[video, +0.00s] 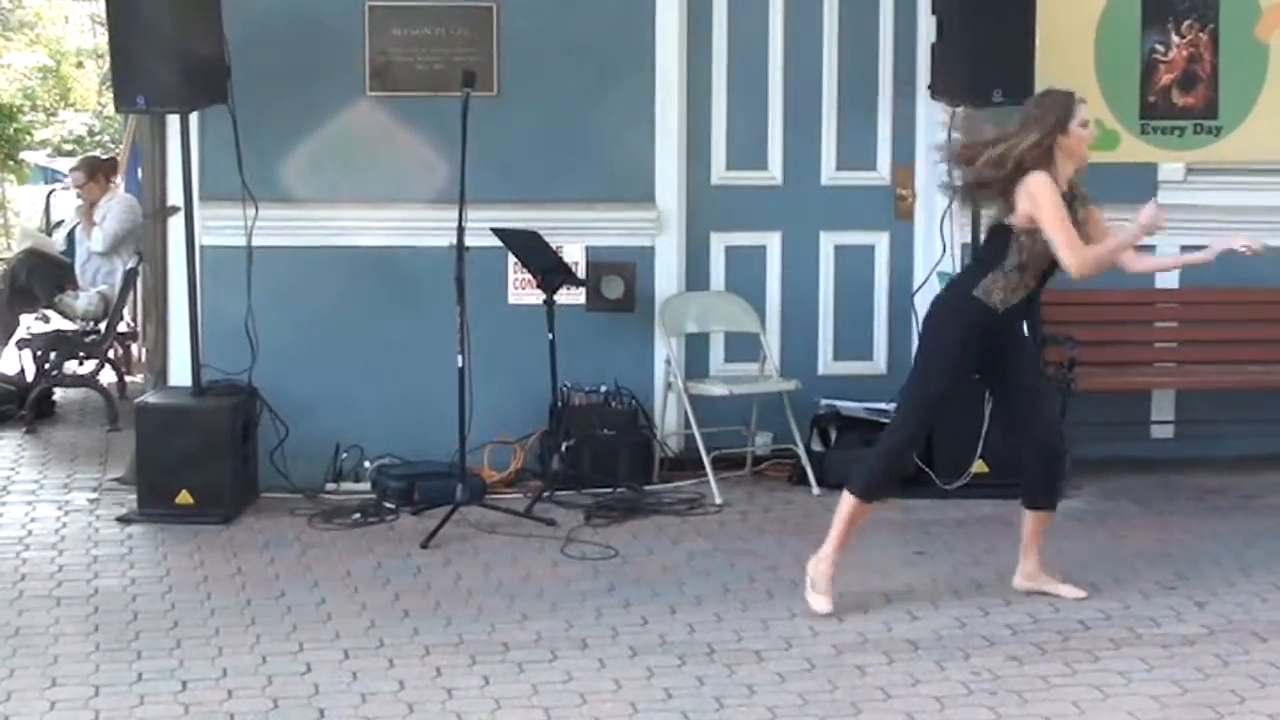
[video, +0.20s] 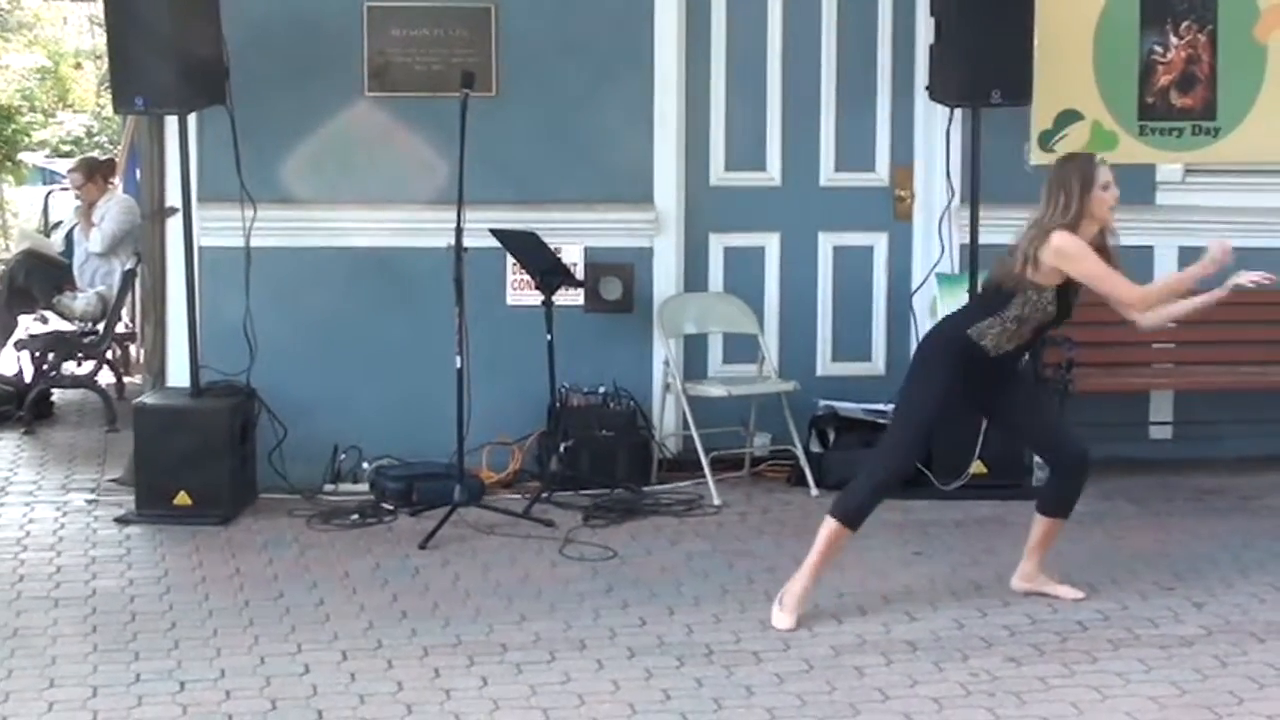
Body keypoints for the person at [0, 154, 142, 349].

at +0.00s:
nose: (77, 193)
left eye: (80, 187)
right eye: (75, 188)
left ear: (99, 181)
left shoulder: (125, 205)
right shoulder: (88, 211)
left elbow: (102, 244)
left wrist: (86, 220)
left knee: (29, 261)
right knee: (12, 296)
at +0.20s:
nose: (76, 194)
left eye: (79, 188)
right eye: (73, 189)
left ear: (97, 182)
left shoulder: (123, 205)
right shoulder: (86, 211)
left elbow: (101, 244)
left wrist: (83, 220)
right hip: (79, 289)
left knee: (27, 262)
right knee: (11, 298)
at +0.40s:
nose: (73, 195)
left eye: (76, 189)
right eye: (70, 190)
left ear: (94, 182)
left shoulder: (121, 206)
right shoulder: (83, 210)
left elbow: (98, 245)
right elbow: (55, 247)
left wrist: (81, 221)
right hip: (76, 289)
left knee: (25, 262)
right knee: (9, 299)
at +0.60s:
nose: (74, 196)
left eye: (77, 190)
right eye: (71, 191)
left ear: (94, 183)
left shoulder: (121, 207)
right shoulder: (84, 210)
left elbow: (99, 246)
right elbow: (55, 248)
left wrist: (81, 223)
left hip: (100, 296)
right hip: (74, 286)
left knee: (26, 263)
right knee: (9, 301)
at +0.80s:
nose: (74, 197)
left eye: (78, 190)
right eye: (72, 192)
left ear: (95, 184)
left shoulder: (122, 208)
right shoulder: (85, 211)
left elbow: (100, 246)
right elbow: (56, 248)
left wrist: (82, 223)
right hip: (77, 288)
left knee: (27, 263)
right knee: (9, 303)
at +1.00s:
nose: (75, 197)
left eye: (78, 190)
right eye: (73, 192)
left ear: (99, 184)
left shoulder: (121, 208)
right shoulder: (83, 211)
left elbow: (98, 246)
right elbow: (56, 247)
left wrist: (82, 222)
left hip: (98, 299)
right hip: (74, 291)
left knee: (26, 264)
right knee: (9, 301)